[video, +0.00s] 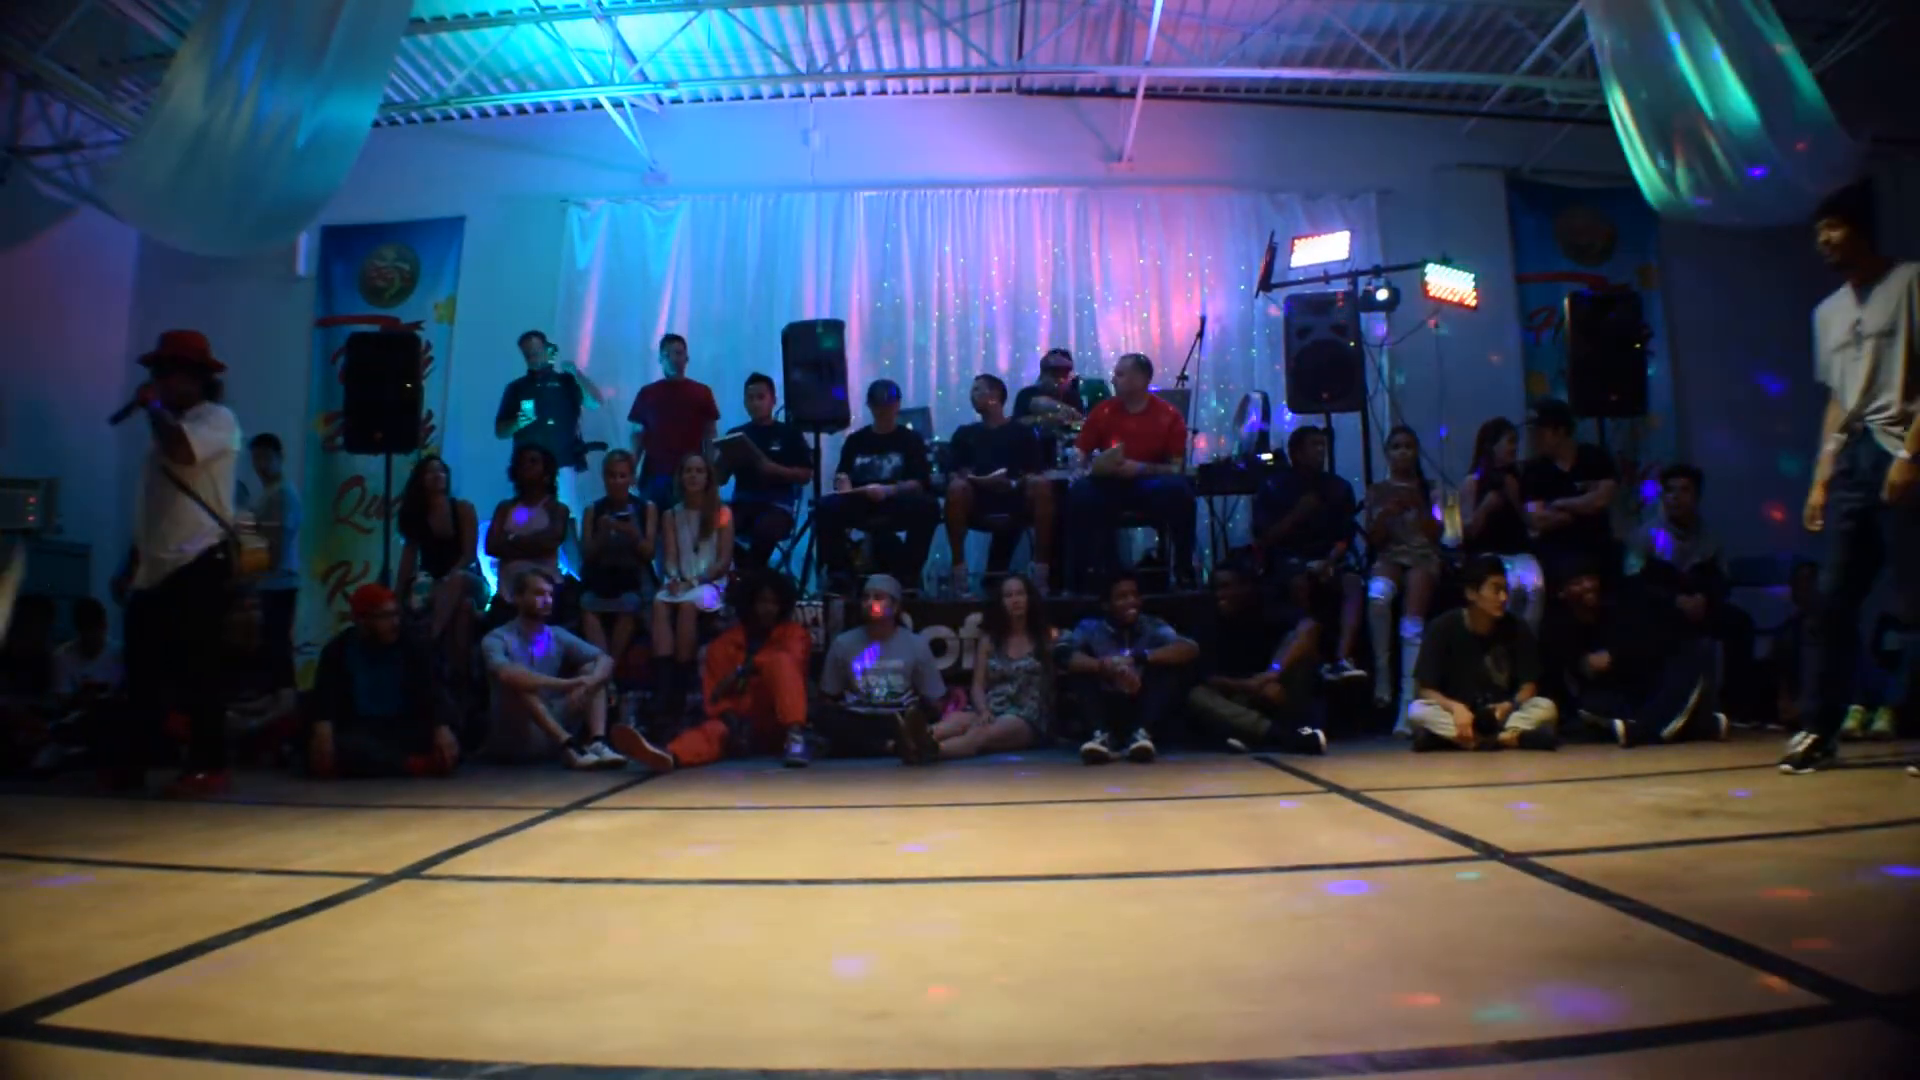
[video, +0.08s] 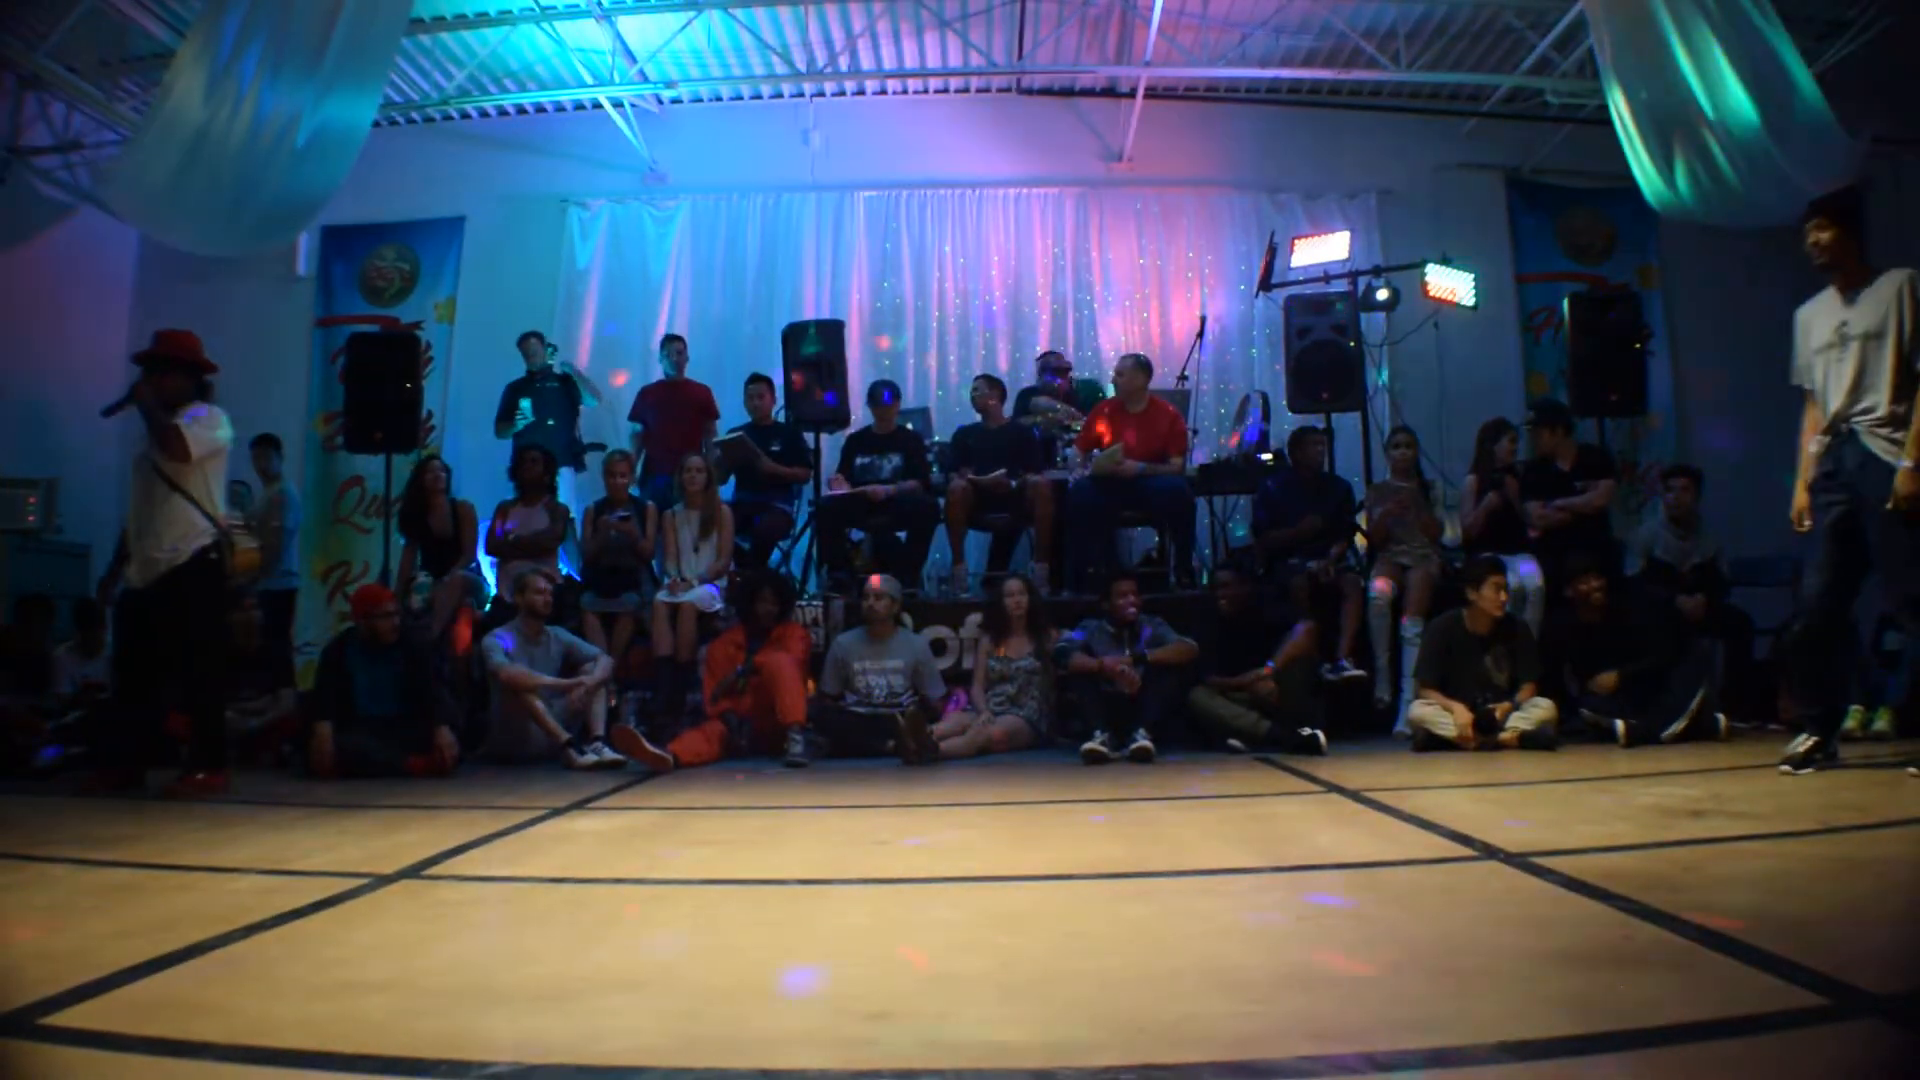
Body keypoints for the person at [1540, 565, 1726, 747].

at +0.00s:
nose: (1586, 588)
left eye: (1590, 581)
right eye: (1577, 584)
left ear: (1599, 582)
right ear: (1563, 592)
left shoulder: (1620, 610)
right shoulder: (1560, 623)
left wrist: (1613, 657)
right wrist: (1584, 663)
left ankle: (1644, 728)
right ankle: (1691, 728)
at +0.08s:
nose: (1593, 588)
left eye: (1597, 579)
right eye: (1583, 583)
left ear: (1607, 581)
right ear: (1570, 591)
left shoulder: (1631, 610)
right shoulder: (1567, 624)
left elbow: (1659, 652)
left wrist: (1619, 675)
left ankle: (1647, 729)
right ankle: (1690, 728)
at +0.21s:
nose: (1602, 590)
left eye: (1607, 583)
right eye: (1592, 585)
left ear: (1616, 586)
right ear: (1578, 591)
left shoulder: (1634, 615)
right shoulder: (1572, 624)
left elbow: (1656, 656)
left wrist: (1620, 672)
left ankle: (1648, 729)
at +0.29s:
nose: (1608, 586)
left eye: (1613, 579)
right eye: (1598, 581)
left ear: (1620, 582)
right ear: (1582, 590)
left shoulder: (1639, 612)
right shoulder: (1577, 623)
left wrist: (1619, 670)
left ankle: (1649, 729)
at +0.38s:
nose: (1612, 586)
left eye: (1616, 579)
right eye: (1604, 581)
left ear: (1623, 580)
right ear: (1590, 587)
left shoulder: (1646, 609)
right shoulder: (1588, 618)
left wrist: (1623, 664)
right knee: (1594, 703)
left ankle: (1653, 730)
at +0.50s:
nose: (1623, 585)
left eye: (1627, 577)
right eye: (1614, 579)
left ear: (1635, 578)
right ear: (1600, 584)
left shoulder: (1654, 606)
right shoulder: (1594, 614)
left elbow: (1679, 646)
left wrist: (1632, 654)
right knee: (1591, 700)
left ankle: (1651, 731)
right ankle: (1689, 730)